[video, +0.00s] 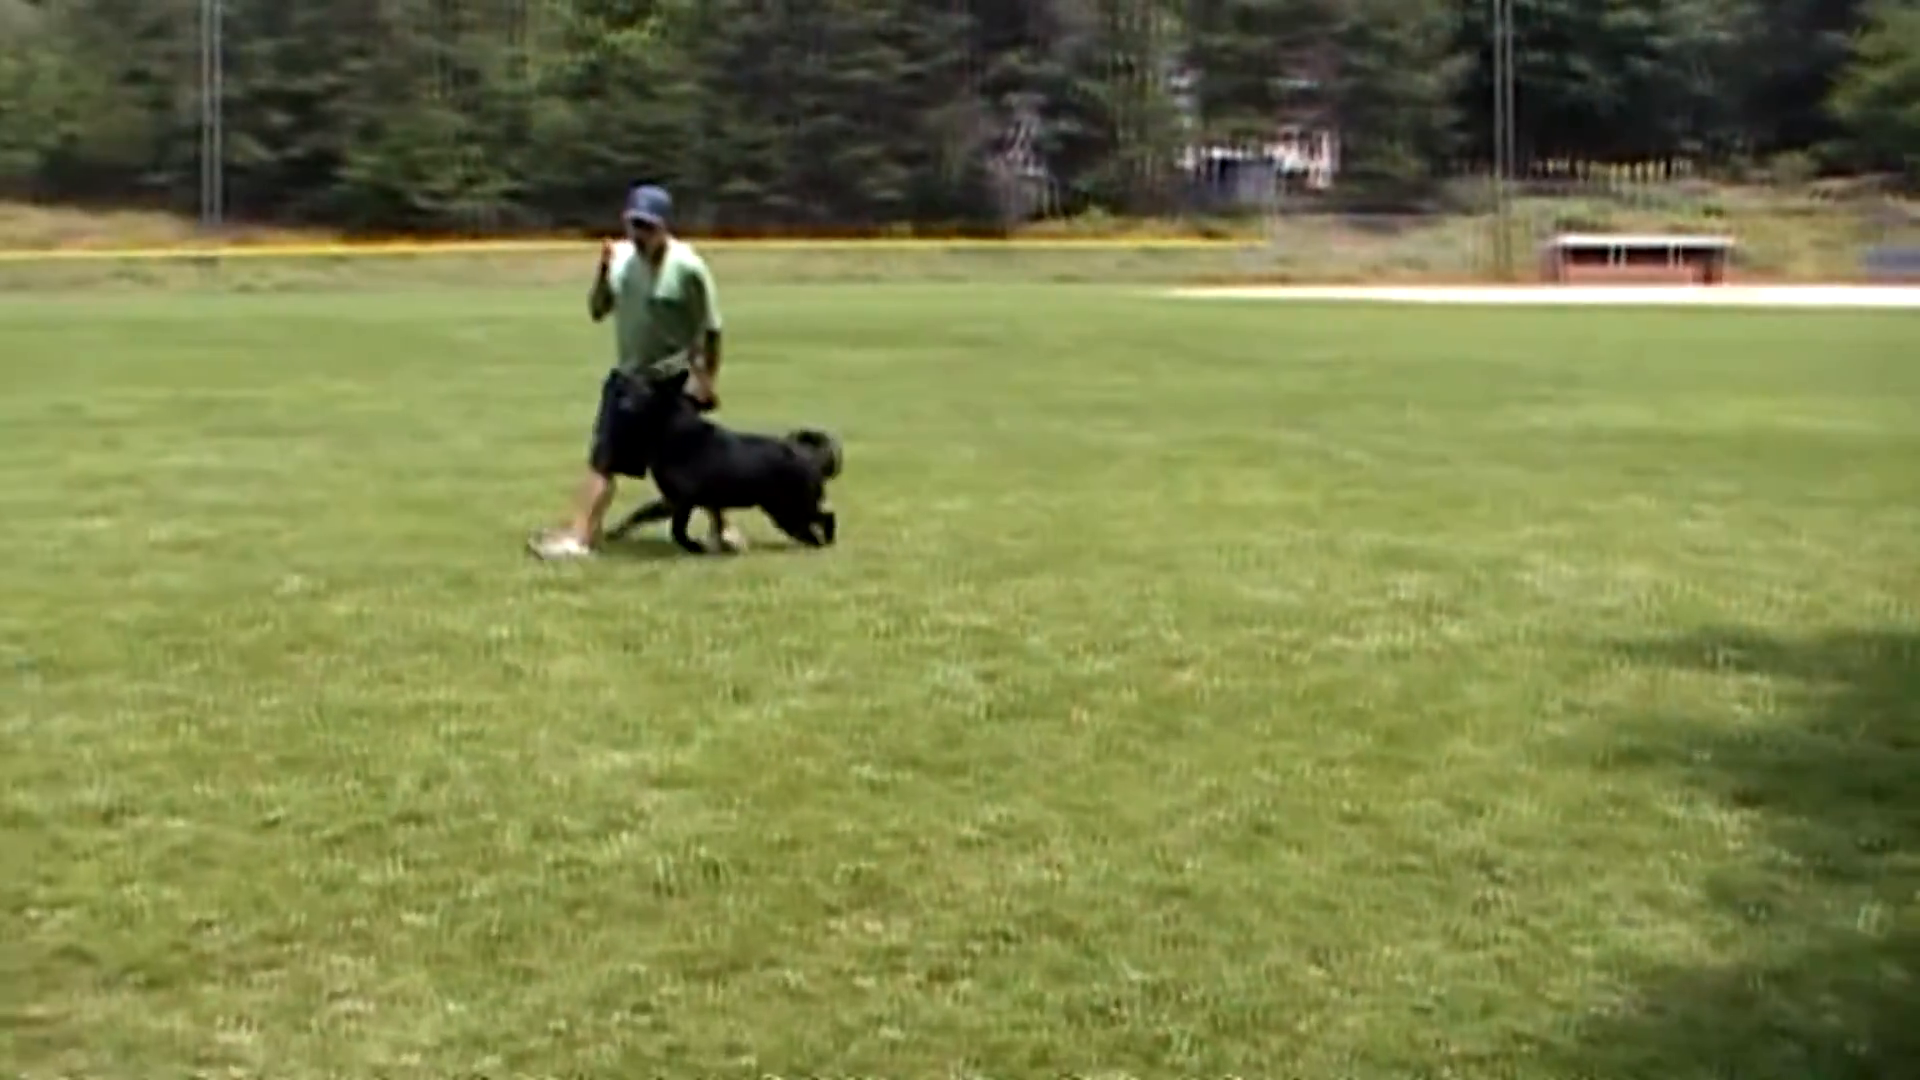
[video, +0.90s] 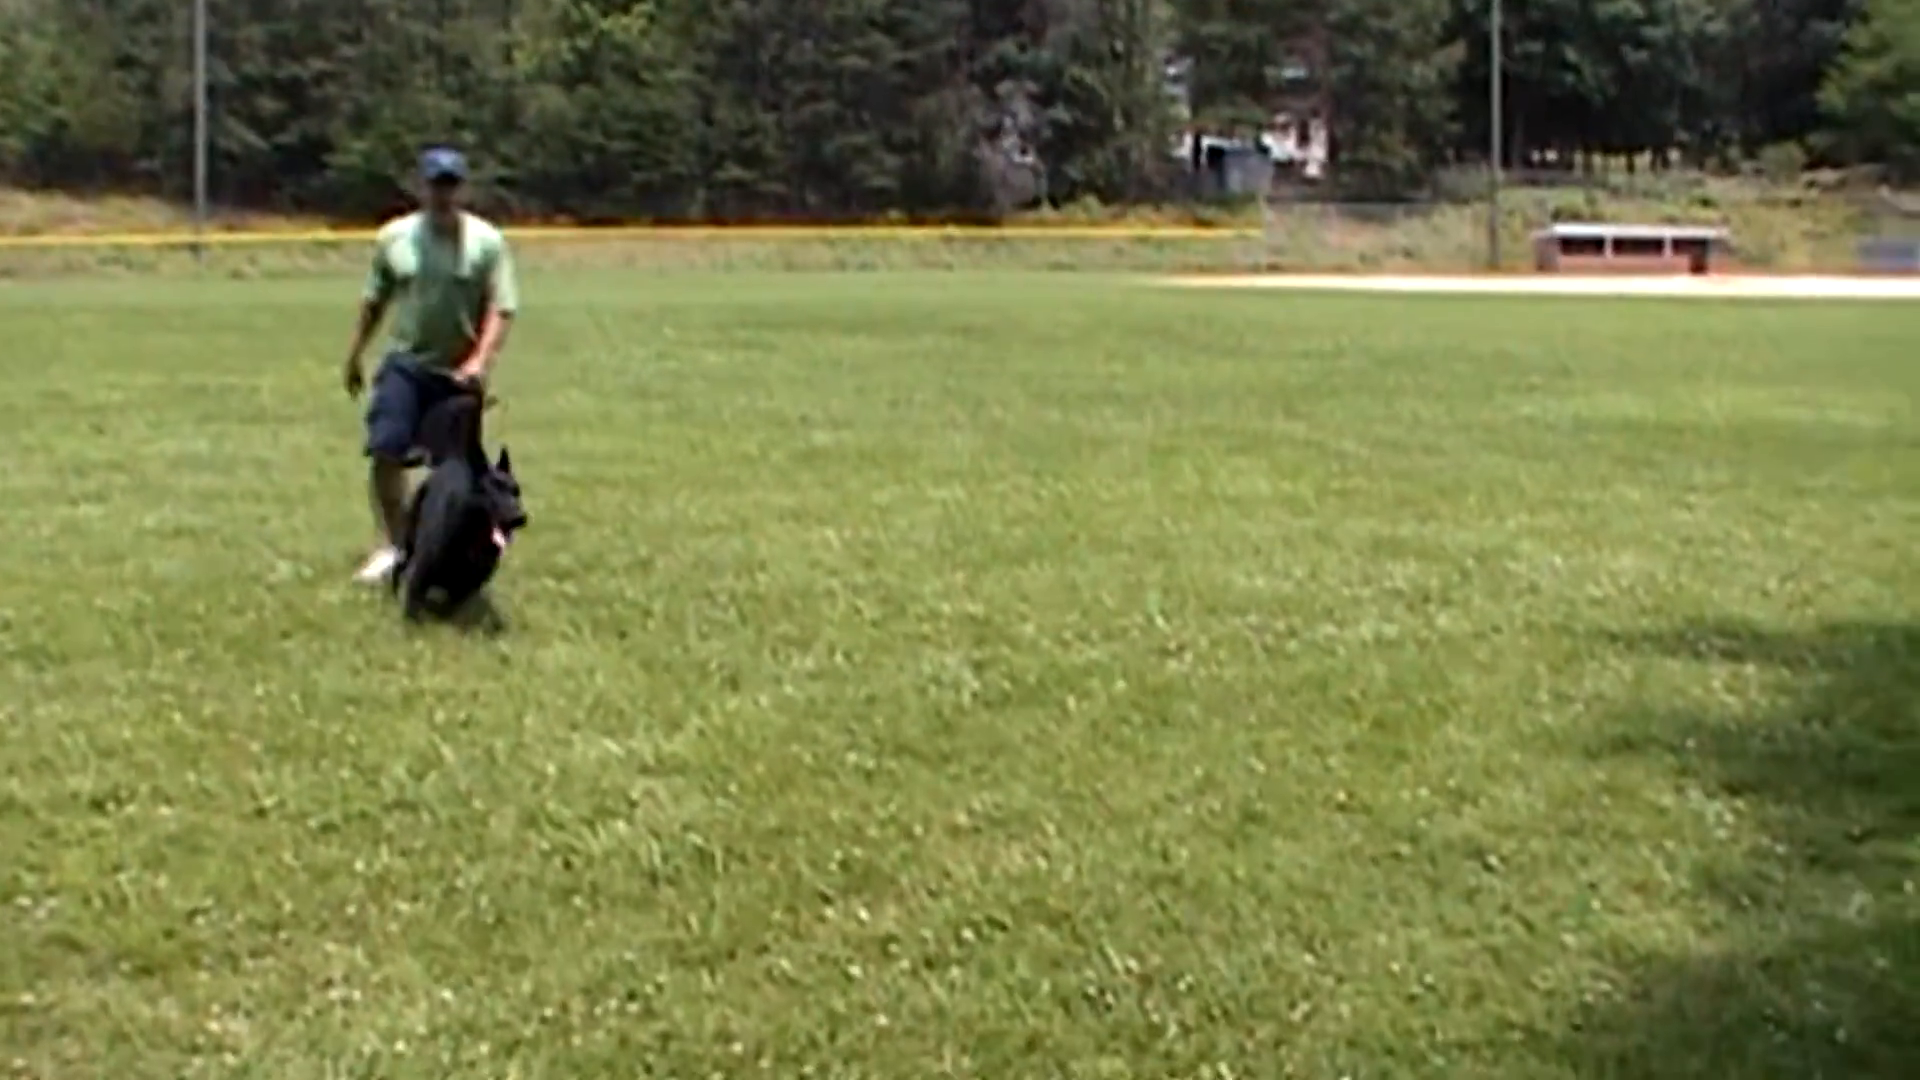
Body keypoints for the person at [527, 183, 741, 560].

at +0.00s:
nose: (638, 235)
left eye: (646, 227)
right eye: (633, 226)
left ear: (664, 227)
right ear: (626, 226)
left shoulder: (687, 268)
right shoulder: (622, 259)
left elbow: (711, 327)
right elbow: (599, 311)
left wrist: (706, 377)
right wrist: (604, 272)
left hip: (672, 381)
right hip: (627, 378)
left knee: (694, 459)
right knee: (602, 464)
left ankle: (720, 528)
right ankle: (583, 536)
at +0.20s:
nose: (653, 228)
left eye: (662, 220)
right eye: (648, 218)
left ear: (679, 222)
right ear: (641, 219)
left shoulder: (703, 265)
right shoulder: (634, 256)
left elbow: (720, 324)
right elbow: (608, 313)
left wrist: (721, 381)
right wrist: (613, 274)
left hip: (680, 372)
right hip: (637, 367)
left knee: (659, 457)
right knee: (620, 452)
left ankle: (711, 520)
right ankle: (633, 534)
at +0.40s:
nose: (588, 223)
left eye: (595, 215)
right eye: (582, 214)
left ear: (609, 218)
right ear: (574, 216)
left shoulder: (634, 263)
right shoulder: (563, 254)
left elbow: (652, 324)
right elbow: (534, 311)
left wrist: (649, 379)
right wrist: (543, 273)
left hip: (612, 363)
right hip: (571, 361)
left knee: (574, 428)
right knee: (565, 447)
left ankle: (591, 532)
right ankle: (572, 533)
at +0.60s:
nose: (549, 226)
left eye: (558, 218)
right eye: (543, 217)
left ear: (571, 223)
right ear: (533, 220)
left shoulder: (589, 272)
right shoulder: (513, 261)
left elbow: (607, 337)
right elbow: (494, 316)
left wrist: (605, 391)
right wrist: (493, 313)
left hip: (568, 384)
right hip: (524, 381)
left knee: (533, 468)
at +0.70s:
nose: (528, 218)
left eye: (536, 209)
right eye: (521, 208)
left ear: (549, 213)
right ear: (509, 210)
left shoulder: (570, 264)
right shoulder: (489, 253)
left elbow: (586, 332)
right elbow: (469, 304)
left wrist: (582, 387)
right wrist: (449, 345)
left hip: (548, 378)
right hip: (499, 373)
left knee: (521, 465)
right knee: (479, 454)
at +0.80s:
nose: (484, 204)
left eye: (492, 195)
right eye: (477, 194)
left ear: (505, 200)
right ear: (464, 198)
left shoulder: (528, 252)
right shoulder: (442, 246)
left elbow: (541, 322)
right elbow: (420, 310)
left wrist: (527, 375)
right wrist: (398, 366)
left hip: (503, 375)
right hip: (452, 368)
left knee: (496, 468)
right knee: (424, 452)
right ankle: (460, 513)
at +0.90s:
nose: (443, 195)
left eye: (451, 185)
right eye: (435, 185)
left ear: (463, 189)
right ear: (420, 188)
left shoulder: (487, 243)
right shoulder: (395, 238)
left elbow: (501, 309)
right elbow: (375, 301)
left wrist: (479, 362)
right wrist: (354, 357)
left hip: (458, 370)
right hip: (405, 362)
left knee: (455, 468)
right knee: (386, 451)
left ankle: (453, 550)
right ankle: (394, 544)